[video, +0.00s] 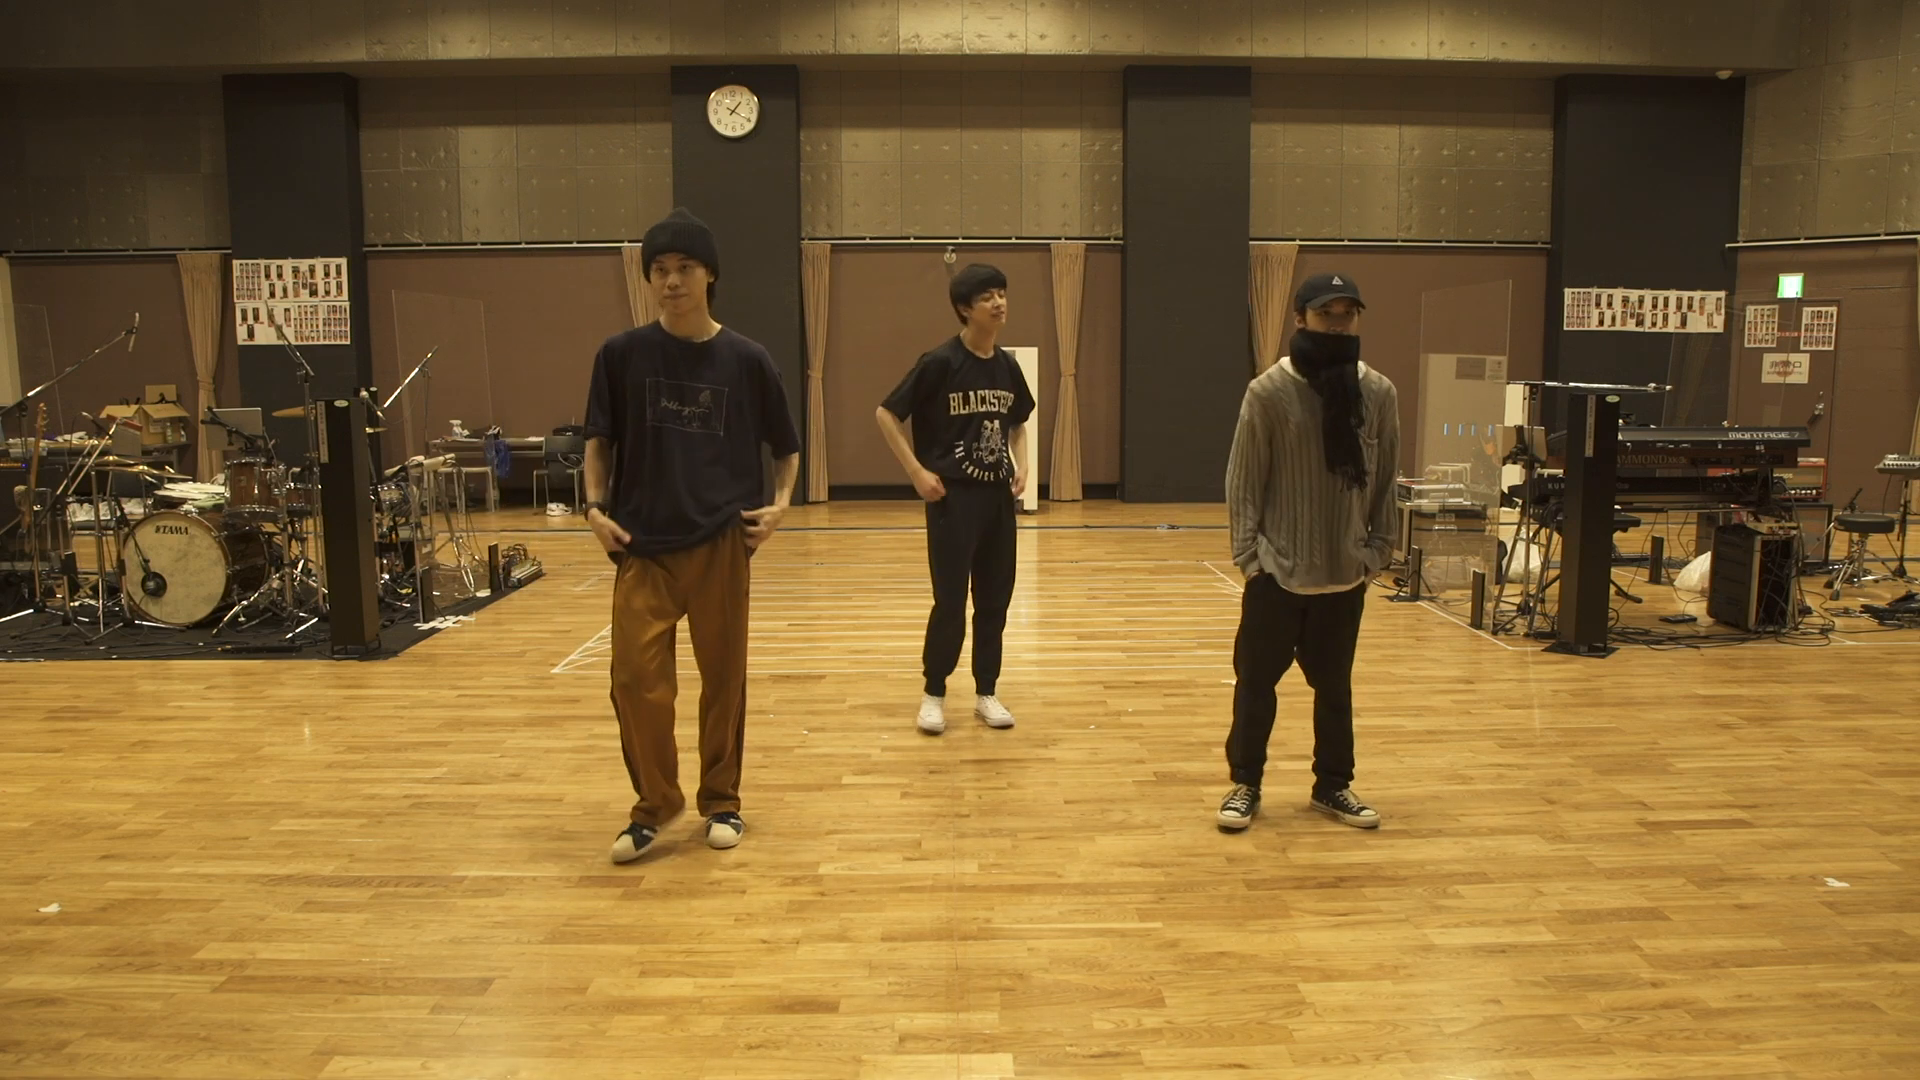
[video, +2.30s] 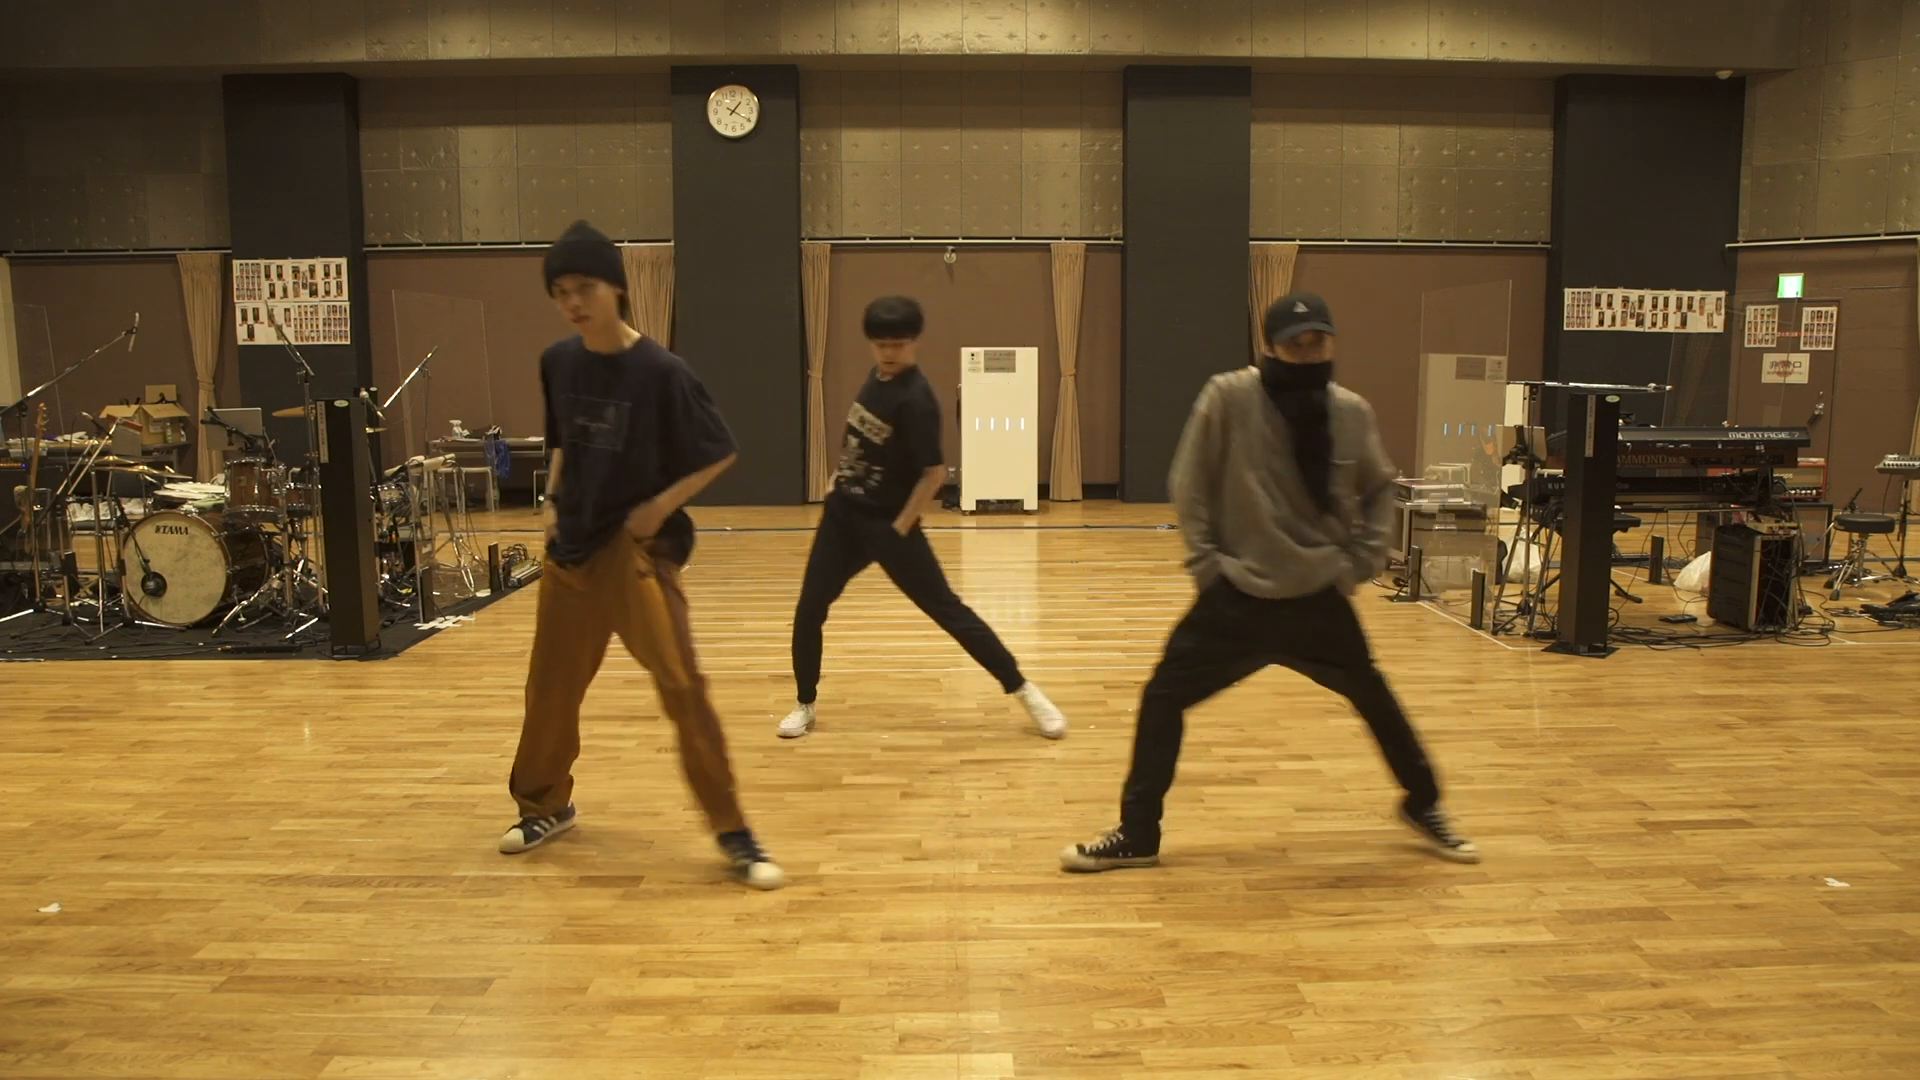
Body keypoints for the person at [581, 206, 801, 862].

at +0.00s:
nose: (671, 282)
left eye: (684, 270)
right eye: (660, 271)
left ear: (710, 276)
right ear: (648, 280)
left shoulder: (747, 361)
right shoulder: (621, 356)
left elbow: (786, 446)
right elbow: (597, 440)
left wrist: (780, 505)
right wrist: (594, 507)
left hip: (721, 546)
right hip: (640, 551)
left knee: (724, 680)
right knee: (634, 683)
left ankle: (722, 806)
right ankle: (654, 807)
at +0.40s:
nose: (620, 289)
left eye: (633, 276)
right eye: (609, 278)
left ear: (663, 280)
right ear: (598, 287)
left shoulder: (702, 362)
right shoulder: (579, 368)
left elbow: (754, 451)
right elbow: (570, 460)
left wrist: (715, 506)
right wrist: (576, 530)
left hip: (676, 551)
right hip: (607, 557)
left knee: (666, 678)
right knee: (628, 698)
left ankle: (711, 774)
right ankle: (668, 818)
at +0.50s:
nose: (591, 288)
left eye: (604, 274)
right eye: (579, 277)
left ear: (635, 278)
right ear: (569, 283)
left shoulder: (670, 353)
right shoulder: (571, 349)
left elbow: (739, 436)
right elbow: (583, 438)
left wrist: (677, 501)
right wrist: (589, 506)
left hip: (668, 533)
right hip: (609, 531)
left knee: (622, 658)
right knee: (623, 668)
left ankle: (669, 792)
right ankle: (659, 808)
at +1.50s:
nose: (610, 308)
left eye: (622, 297)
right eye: (600, 297)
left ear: (651, 296)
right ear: (588, 298)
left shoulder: (688, 368)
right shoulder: (589, 372)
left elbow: (727, 464)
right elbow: (602, 465)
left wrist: (708, 553)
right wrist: (605, 530)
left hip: (694, 559)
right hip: (629, 558)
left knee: (686, 682)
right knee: (625, 688)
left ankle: (679, 778)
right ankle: (628, 807)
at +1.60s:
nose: (623, 316)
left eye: (636, 305)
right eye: (613, 304)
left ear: (662, 305)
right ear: (600, 304)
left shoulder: (702, 373)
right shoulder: (591, 375)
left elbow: (761, 453)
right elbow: (601, 462)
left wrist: (728, 534)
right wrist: (612, 527)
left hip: (708, 559)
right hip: (640, 560)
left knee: (721, 687)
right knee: (625, 690)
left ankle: (720, 766)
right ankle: (631, 807)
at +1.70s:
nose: (651, 314)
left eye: (664, 304)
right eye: (642, 302)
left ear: (690, 303)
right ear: (629, 300)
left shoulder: (734, 369)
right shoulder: (609, 364)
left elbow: (785, 437)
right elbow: (611, 444)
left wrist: (756, 504)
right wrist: (618, 512)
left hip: (724, 555)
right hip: (646, 559)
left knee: (772, 675)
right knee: (621, 690)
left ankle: (806, 791)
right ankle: (624, 808)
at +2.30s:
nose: (572, 304)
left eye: (583, 289)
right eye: (560, 294)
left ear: (616, 288)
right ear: (554, 301)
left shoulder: (662, 373)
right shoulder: (559, 364)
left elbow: (721, 453)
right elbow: (563, 443)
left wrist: (661, 505)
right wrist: (553, 506)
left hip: (639, 553)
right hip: (571, 549)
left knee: (684, 690)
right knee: (551, 683)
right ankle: (547, 805)